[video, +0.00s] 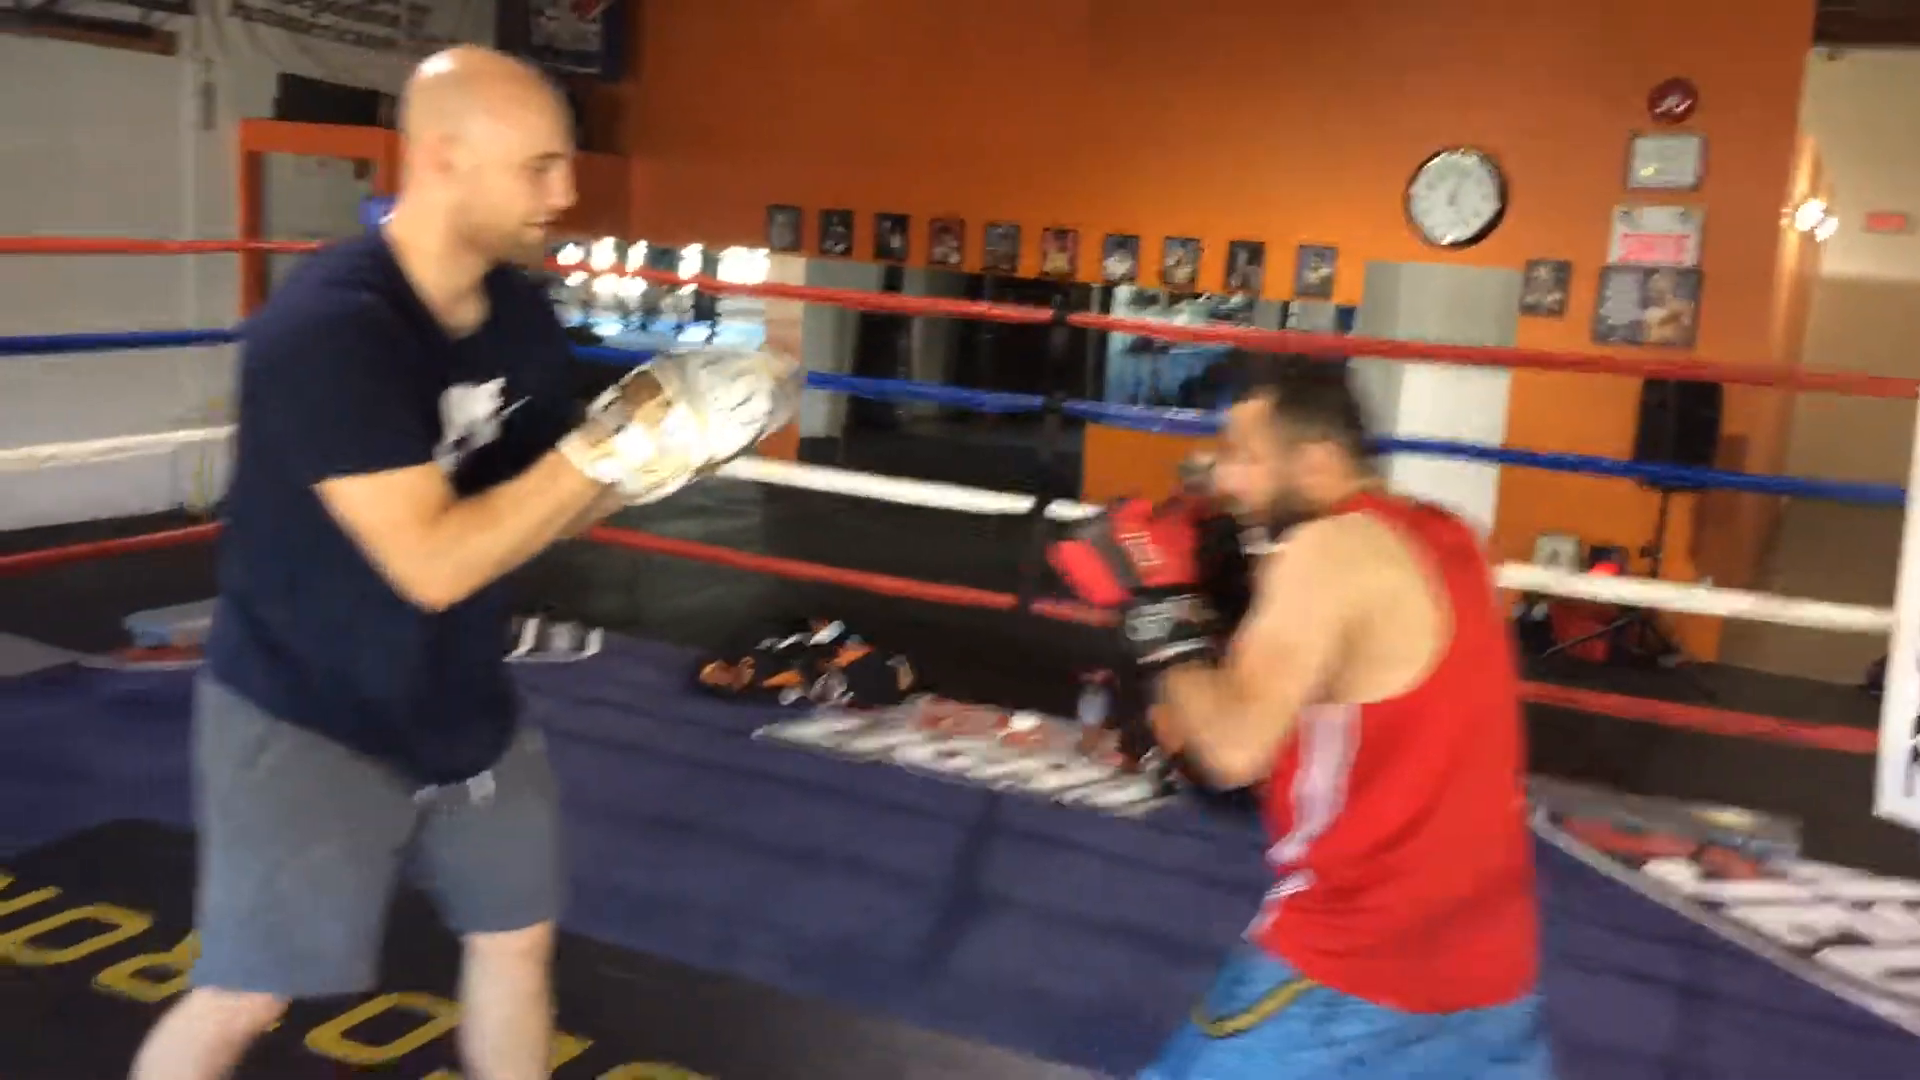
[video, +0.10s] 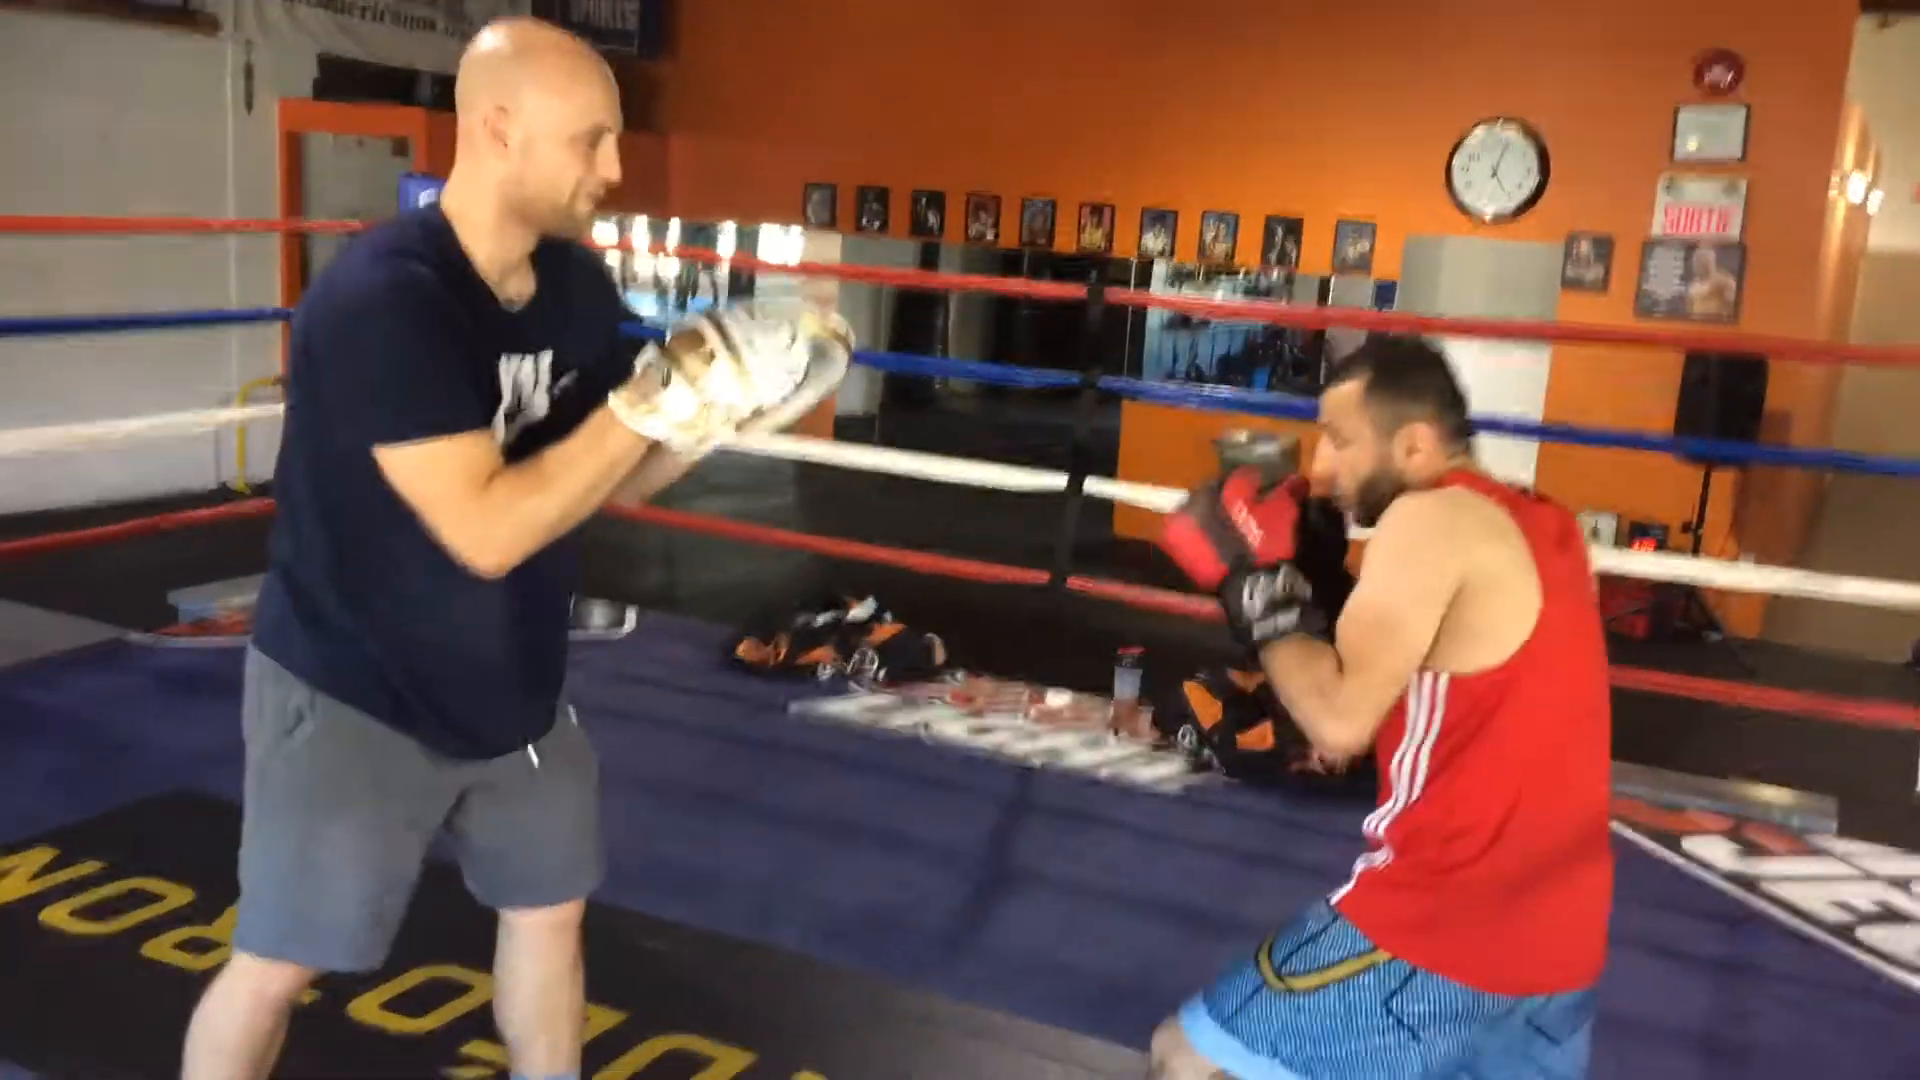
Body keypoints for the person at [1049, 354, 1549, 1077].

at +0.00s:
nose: (1223, 480)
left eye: (1243, 458)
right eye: (1226, 456)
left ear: (1317, 462)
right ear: (1328, 460)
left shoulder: (1329, 553)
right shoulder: (1447, 537)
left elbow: (1229, 746)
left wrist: (1158, 615)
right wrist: (1226, 584)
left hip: (1352, 969)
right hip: (1489, 970)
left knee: (1187, 1067)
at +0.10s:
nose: (1321, 466)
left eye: (1339, 442)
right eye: (1323, 441)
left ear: (1415, 445)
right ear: (1425, 447)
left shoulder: (1430, 523)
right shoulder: (1544, 522)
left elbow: (1340, 719)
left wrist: (1260, 587)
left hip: (1440, 933)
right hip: (1559, 936)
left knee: (1190, 1054)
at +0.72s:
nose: (1040, 440)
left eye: (1056, 417)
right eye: (1048, 416)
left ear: (1123, 438)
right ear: (1133, 439)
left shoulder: (1187, 560)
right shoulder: (1199, 517)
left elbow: (1129, 786)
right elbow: (1012, 527)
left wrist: (967, 740)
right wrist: (902, 483)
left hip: (1177, 966)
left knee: (951, 1071)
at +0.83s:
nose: (1074, 438)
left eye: (1087, 414)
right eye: (1079, 414)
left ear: (1150, 429)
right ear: (1163, 427)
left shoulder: (1158, 538)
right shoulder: (1289, 533)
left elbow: (1156, 733)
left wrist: (997, 733)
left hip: (1148, 951)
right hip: (1289, 951)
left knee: (920, 1066)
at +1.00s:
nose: (1133, 475)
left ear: (1205, 459)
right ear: (1275, 452)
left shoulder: (1158, 527)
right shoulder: (1376, 559)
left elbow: (996, 641)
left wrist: (928, 560)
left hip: (1164, 994)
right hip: (1341, 1007)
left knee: (924, 1069)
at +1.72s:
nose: (961, 468)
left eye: (960, 441)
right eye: (956, 442)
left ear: (1014, 441)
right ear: (1090, 411)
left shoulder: (1017, 549)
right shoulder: (1229, 480)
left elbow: (941, 787)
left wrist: (802, 688)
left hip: (1090, 964)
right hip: (1264, 942)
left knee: (893, 1066)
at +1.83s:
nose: (944, 480)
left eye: (950, 452)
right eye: (940, 453)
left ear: (1020, 449)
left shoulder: (1062, 553)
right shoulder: (1199, 479)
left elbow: (957, 789)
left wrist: (853, 650)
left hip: (1121, 952)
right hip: (1269, 929)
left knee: (879, 1068)